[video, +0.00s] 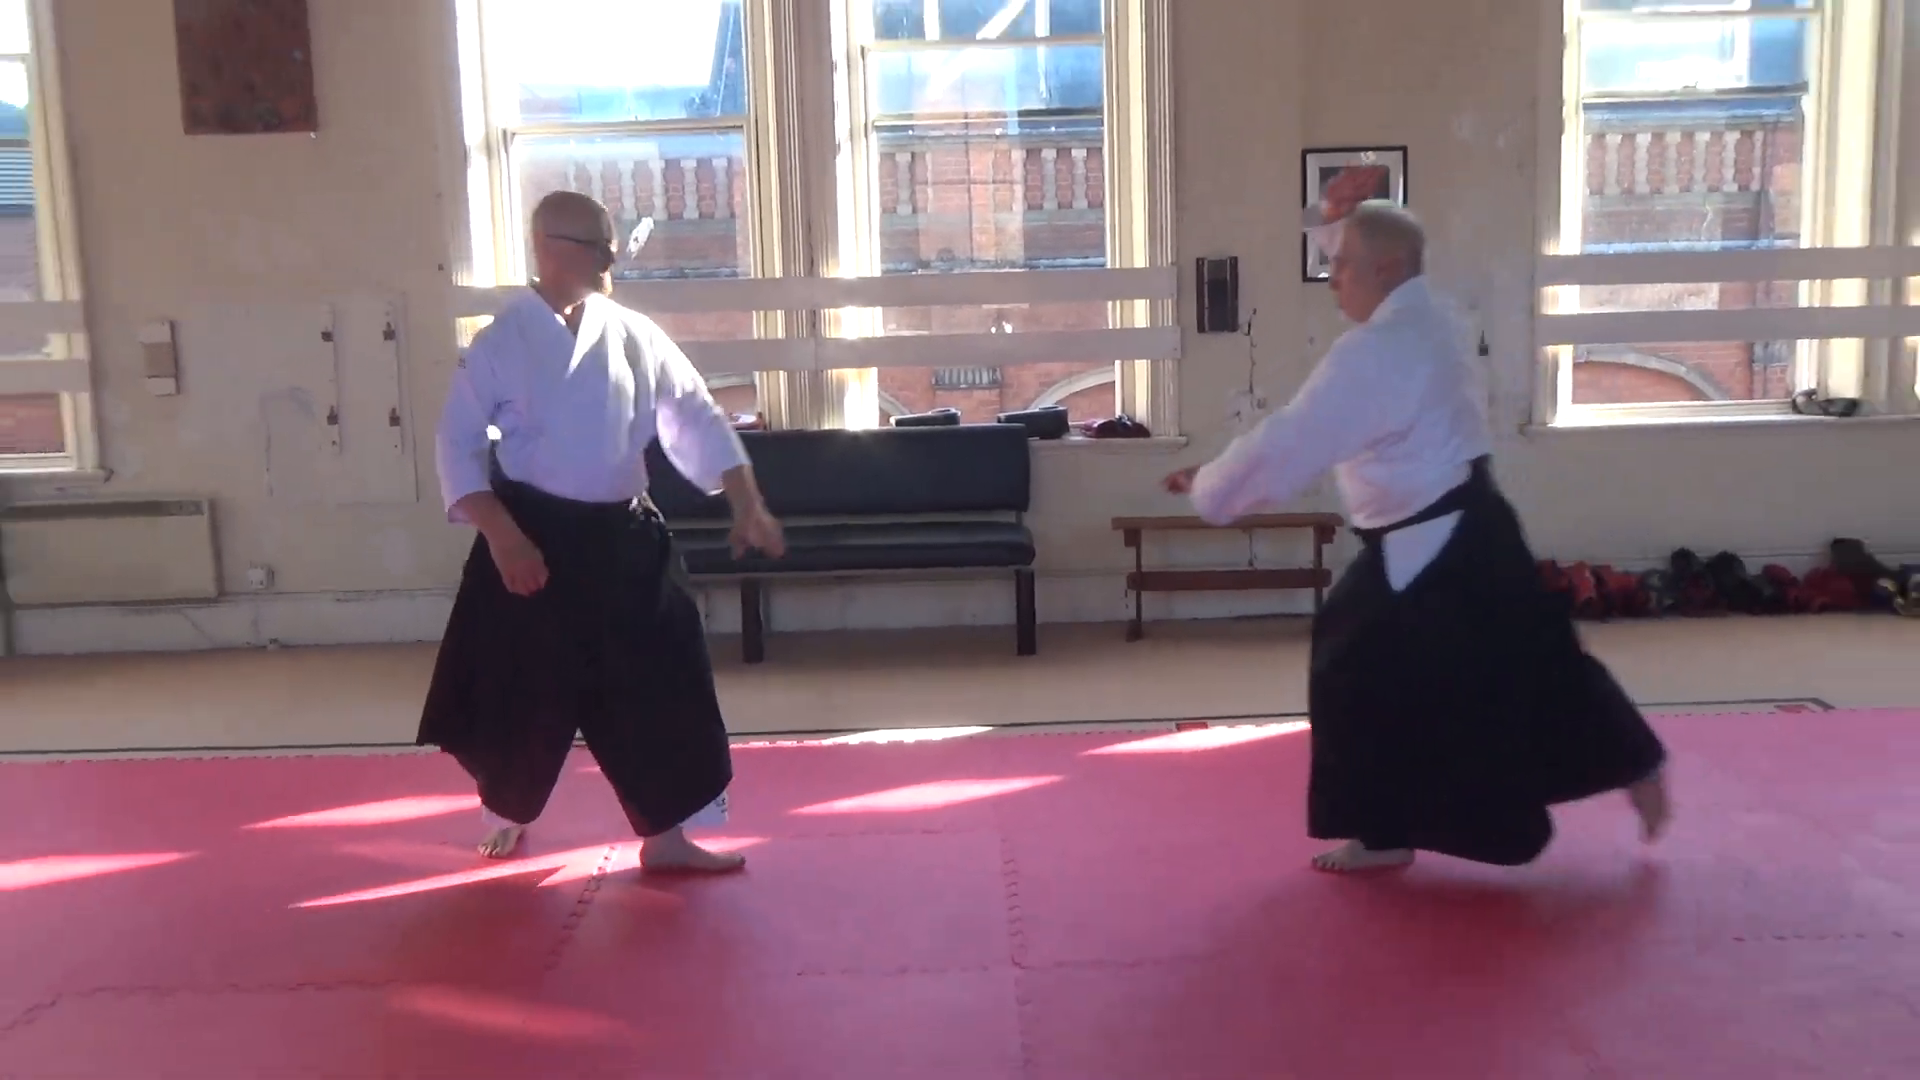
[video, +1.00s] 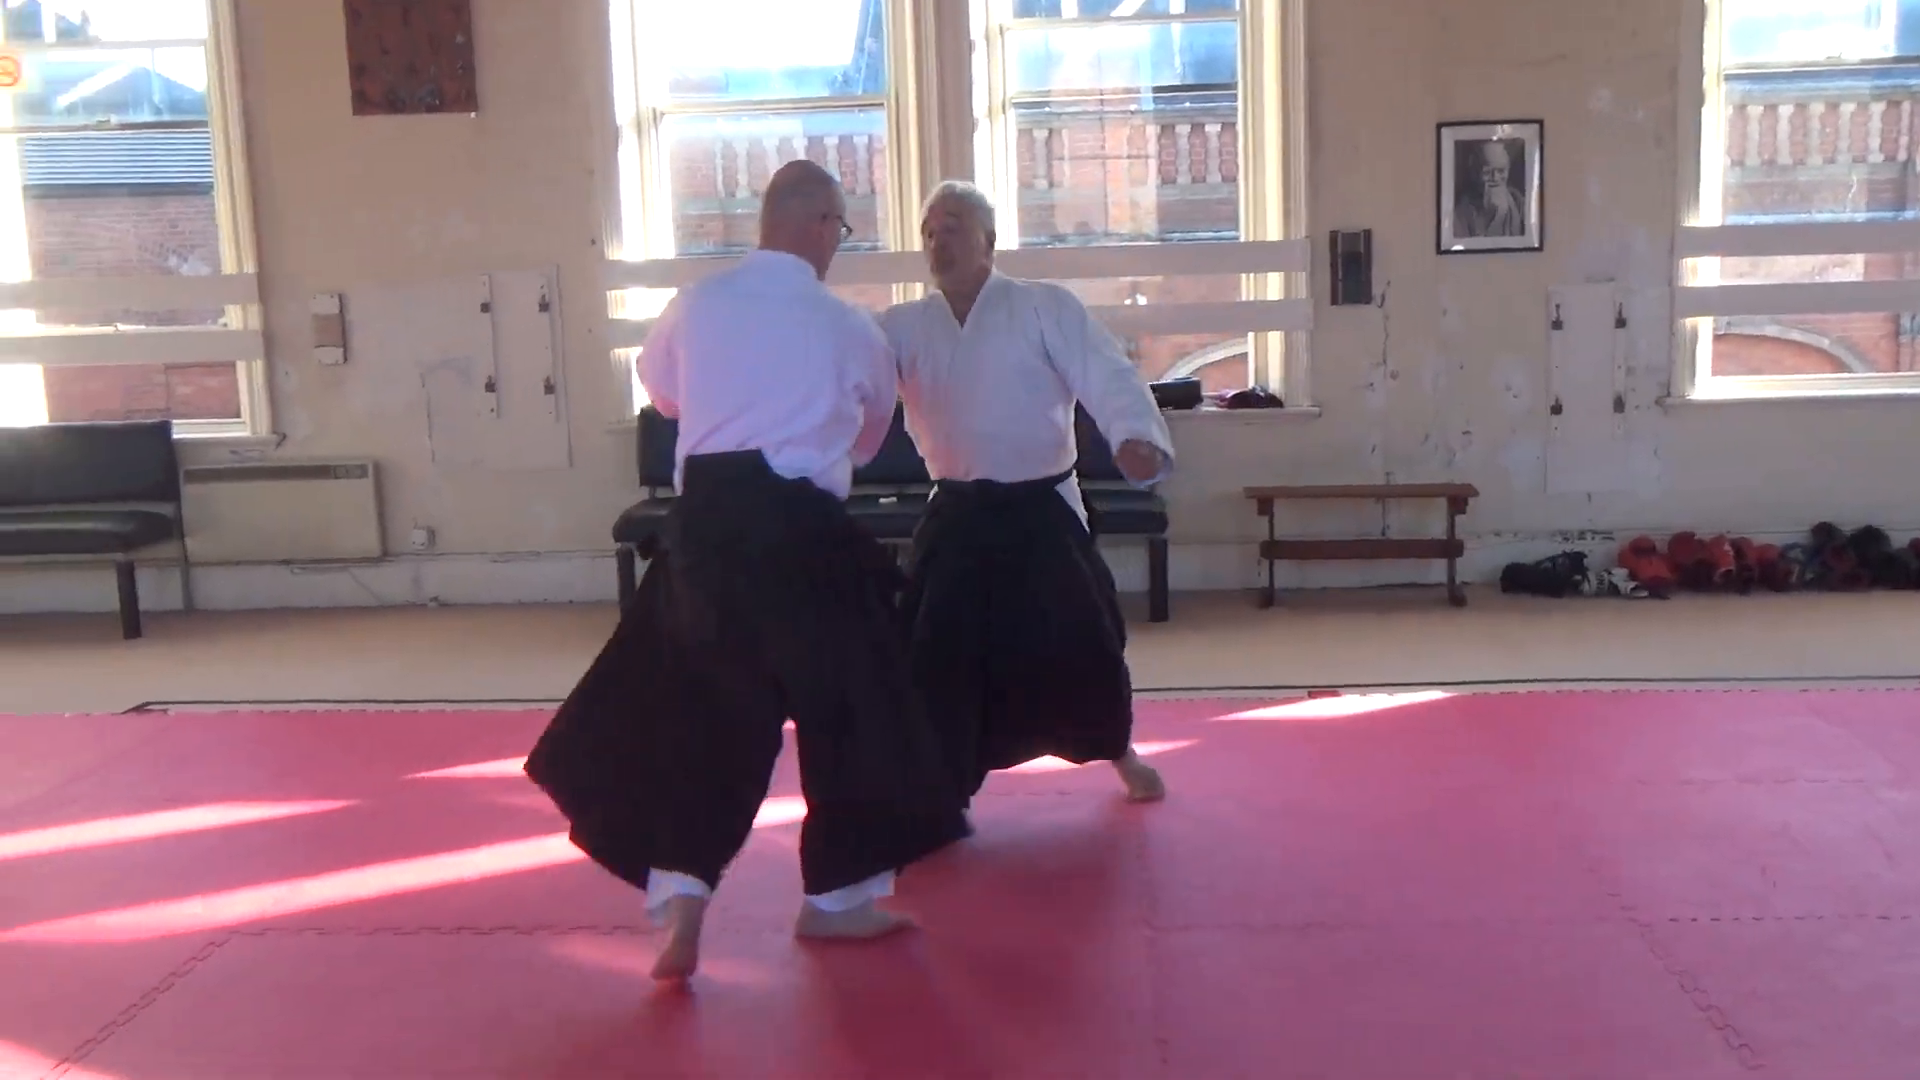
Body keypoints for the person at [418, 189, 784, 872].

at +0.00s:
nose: (604, 255)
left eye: (602, 242)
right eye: (580, 240)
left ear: (600, 253)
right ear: (544, 248)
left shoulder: (634, 336)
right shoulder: (504, 341)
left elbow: (697, 415)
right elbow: (457, 445)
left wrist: (745, 498)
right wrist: (503, 536)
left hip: (625, 536)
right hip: (534, 537)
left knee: (656, 683)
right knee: (522, 683)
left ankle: (664, 837)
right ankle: (510, 812)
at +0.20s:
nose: (658, 266)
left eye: (658, 254)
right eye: (644, 255)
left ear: (650, 259)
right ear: (595, 259)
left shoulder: (688, 332)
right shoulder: (553, 337)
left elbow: (773, 338)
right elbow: (464, 372)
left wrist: (861, 347)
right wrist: (523, 347)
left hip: (676, 532)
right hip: (588, 532)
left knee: (686, 684)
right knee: (555, 682)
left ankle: (676, 830)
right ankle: (514, 805)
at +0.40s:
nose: (690, 267)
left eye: (688, 256)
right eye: (675, 256)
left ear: (676, 266)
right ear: (624, 266)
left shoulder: (720, 325)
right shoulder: (586, 339)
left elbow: (809, 293)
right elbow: (523, 330)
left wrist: (895, 250)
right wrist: (573, 252)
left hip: (705, 540)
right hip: (619, 540)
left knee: (719, 688)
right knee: (599, 701)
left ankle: (697, 827)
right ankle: (563, 865)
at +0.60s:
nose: (712, 252)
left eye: (710, 239)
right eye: (702, 240)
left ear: (656, 252)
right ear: (658, 249)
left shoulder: (666, 324)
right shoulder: (641, 341)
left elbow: (750, 340)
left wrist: (805, 277)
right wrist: (747, 281)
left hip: (687, 538)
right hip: (658, 546)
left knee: (726, 704)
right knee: (691, 721)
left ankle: (714, 838)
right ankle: (710, 922)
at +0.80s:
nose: (762, 258)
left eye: (761, 244)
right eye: (758, 245)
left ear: (686, 242)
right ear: (733, 246)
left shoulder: (630, 322)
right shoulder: (744, 337)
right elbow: (850, 361)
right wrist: (903, 299)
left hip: (627, 534)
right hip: (712, 543)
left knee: (670, 701)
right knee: (787, 714)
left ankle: (644, 854)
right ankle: (769, 912)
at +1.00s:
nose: (839, 240)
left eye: (837, 227)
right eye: (840, 228)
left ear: (762, 224)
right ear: (825, 231)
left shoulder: (694, 304)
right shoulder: (852, 328)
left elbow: (659, 390)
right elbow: (869, 441)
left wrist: (737, 418)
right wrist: (797, 438)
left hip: (702, 519)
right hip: (801, 526)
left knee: (711, 708)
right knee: (846, 703)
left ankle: (682, 889)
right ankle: (838, 893)